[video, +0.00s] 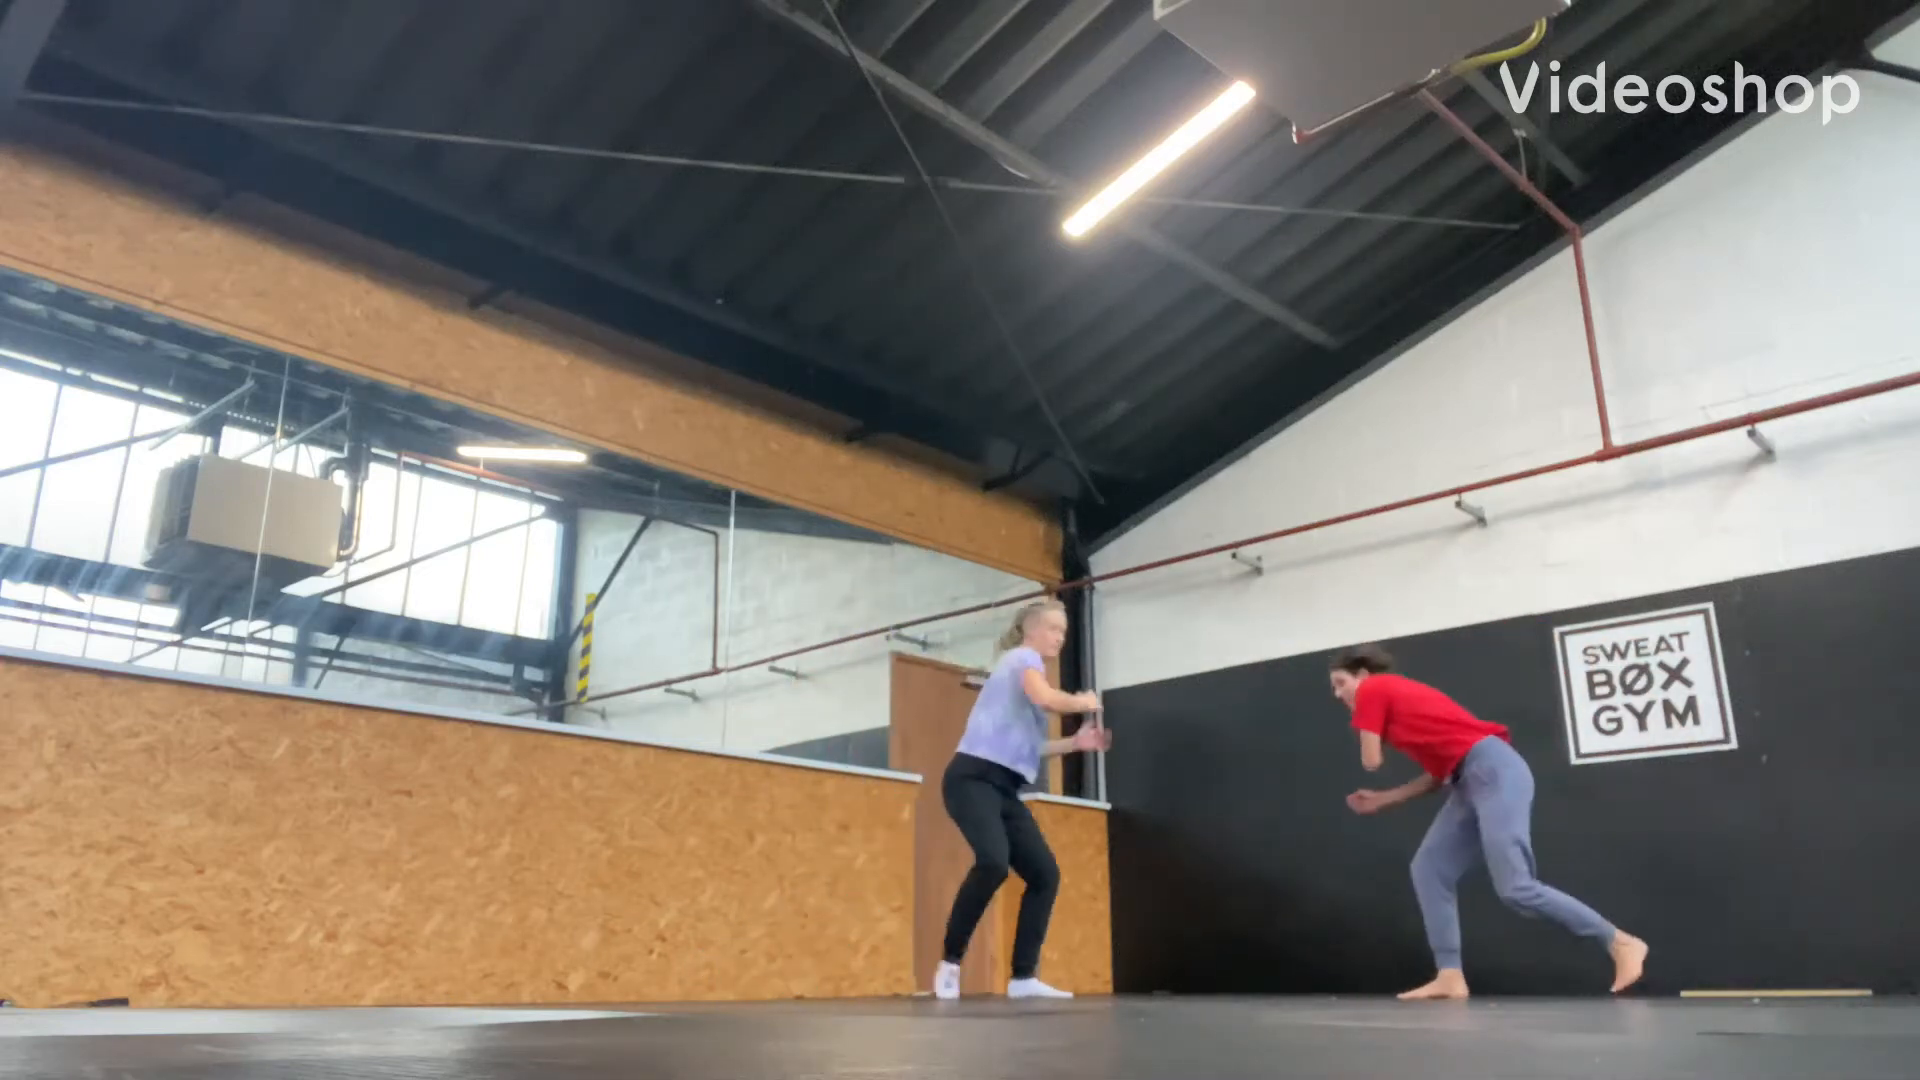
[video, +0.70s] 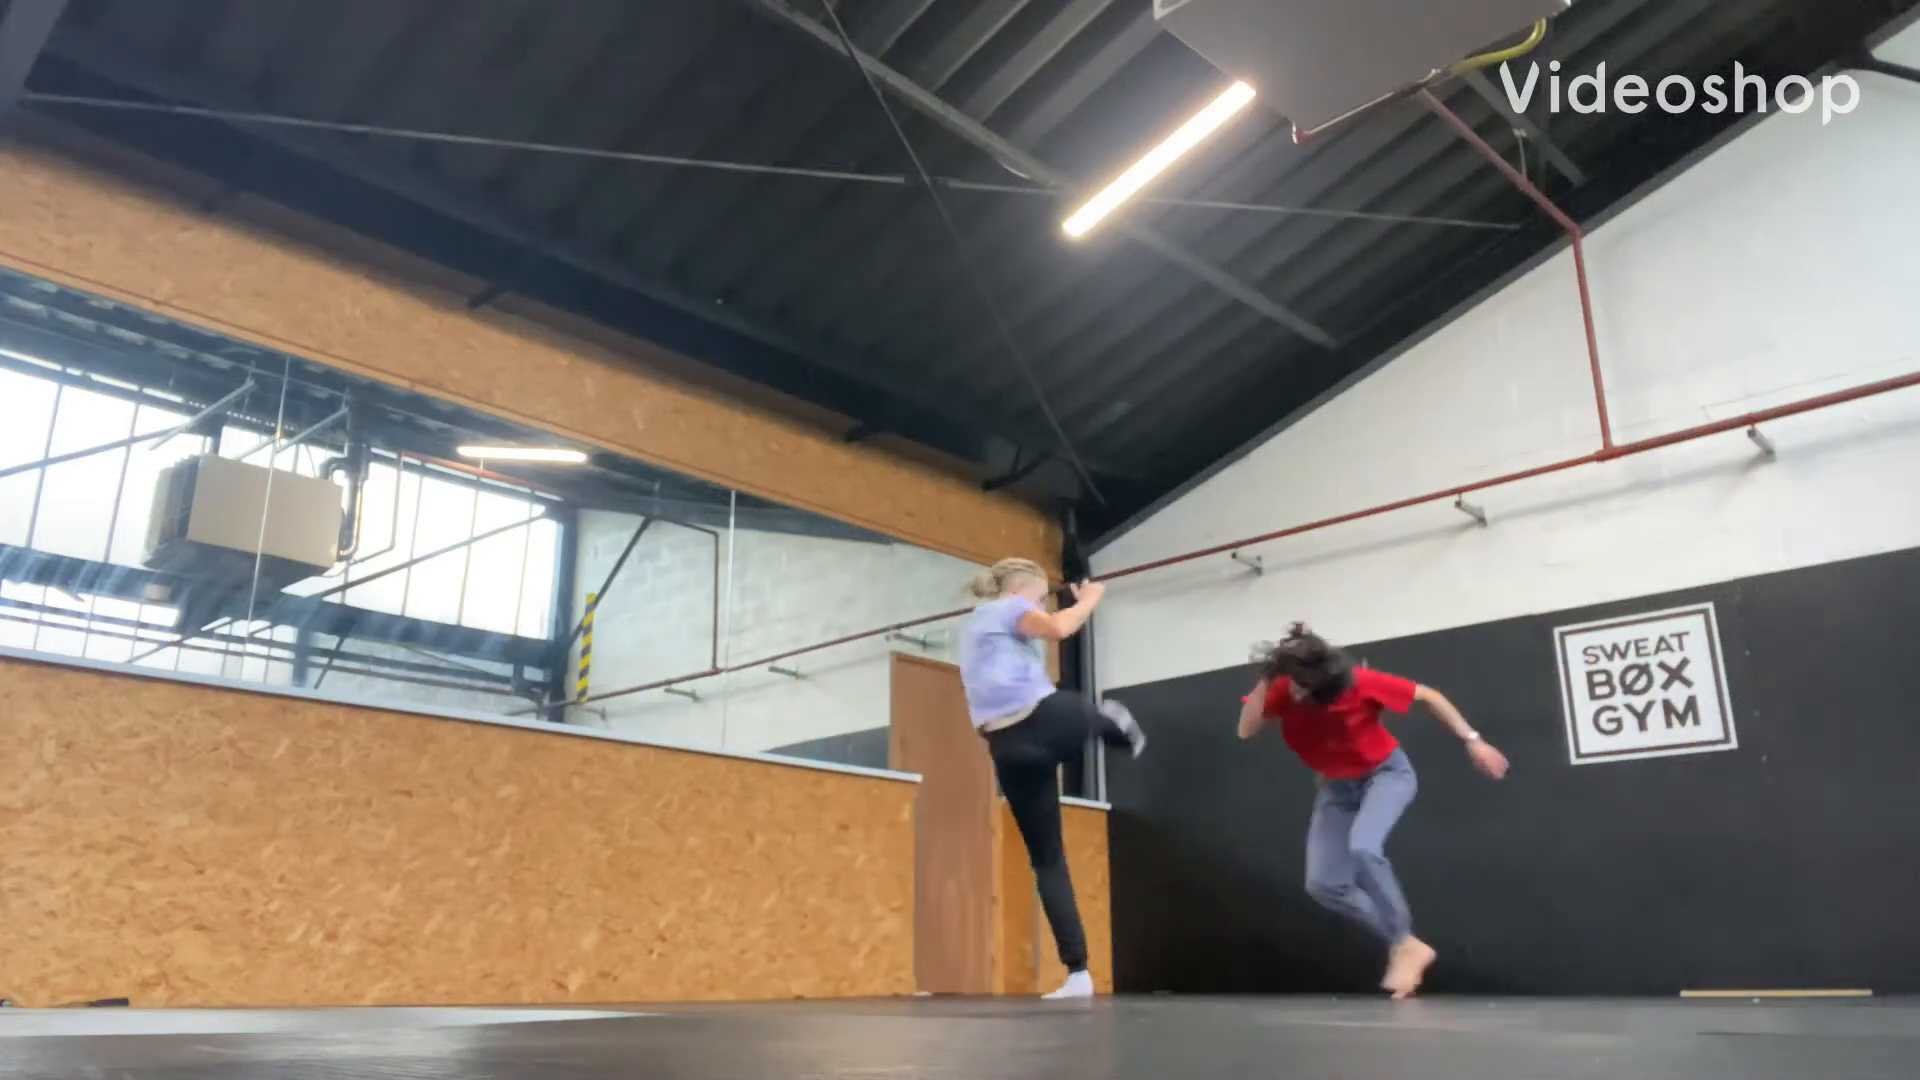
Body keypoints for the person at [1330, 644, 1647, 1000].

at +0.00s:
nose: (1336, 693)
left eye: (1339, 683)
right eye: (1333, 685)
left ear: (1360, 674)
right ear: (1366, 677)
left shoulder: (1372, 688)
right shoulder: (1400, 697)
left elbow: (1371, 761)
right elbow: (1439, 773)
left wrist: (1365, 725)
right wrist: (1383, 798)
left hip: (1492, 767)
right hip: (1468, 785)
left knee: (1515, 887)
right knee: (1429, 868)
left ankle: (1622, 944)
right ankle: (1450, 977)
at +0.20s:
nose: (1330, 716)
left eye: (1326, 705)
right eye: (1324, 711)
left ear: (1339, 688)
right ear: (1347, 692)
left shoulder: (1369, 694)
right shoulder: (1384, 724)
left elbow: (1345, 742)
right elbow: (1432, 788)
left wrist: (1321, 747)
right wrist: (1387, 821)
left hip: (1491, 769)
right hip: (1461, 795)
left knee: (1510, 865)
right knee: (1419, 870)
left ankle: (1594, 957)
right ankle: (1449, 978)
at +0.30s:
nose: (1330, 725)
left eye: (1330, 714)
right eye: (1326, 721)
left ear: (1343, 698)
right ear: (1339, 711)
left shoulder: (1387, 699)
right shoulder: (1385, 736)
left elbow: (1337, 695)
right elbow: (1439, 795)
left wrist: (1299, 712)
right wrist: (1388, 825)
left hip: (1501, 782)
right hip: (1466, 805)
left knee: (1504, 878)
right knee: (1412, 868)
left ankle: (1599, 971)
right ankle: (1444, 974)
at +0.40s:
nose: (1324, 732)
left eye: (1322, 720)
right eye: (1319, 727)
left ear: (1342, 706)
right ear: (1335, 722)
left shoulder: (1381, 715)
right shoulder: (1389, 756)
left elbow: (1372, 673)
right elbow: (1424, 813)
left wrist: (1306, 672)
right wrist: (1351, 812)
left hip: (1499, 795)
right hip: (1467, 818)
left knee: (1496, 893)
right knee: (1404, 874)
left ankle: (1604, 978)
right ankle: (1443, 978)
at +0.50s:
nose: (1297, 720)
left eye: (1297, 710)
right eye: (1293, 714)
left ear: (1316, 700)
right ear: (1312, 710)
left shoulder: (1360, 702)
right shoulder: (1343, 745)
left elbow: (1399, 687)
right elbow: (1328, 796)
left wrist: (1412, 668)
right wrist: (1289, 751)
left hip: (1469, 785)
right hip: (1439, 809)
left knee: (1496, 889)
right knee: (1383, 881)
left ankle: (1598, 969)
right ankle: (1439, 978)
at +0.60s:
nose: (1286, 702)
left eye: (1292, 694)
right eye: (1284, 694)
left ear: (1314, 688)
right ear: (1285, 691)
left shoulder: (1357, 687)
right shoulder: (1295, 712)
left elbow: (1436, 685)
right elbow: (1261, 747)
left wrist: (1481, 706)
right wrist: (1258, 697)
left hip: (1430, 775)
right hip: (1391, 799)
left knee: (1434, 865)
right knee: (1362, 894)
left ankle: (1532, 952)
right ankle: (1438, 977)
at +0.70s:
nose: (1296, 695)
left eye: (1304, 690)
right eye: (1296, 688)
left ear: (1322, 683)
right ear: (1291, 682)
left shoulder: (1358, 682)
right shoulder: (1280, 693)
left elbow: (1429, 696)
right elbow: (1246, 730)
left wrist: (1475, 742)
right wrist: (1266, 679)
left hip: (1388, 774)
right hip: (1338, 790)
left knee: (1363, 847)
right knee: (1325, 882)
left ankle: (1404, 948)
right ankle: (1407, 946)